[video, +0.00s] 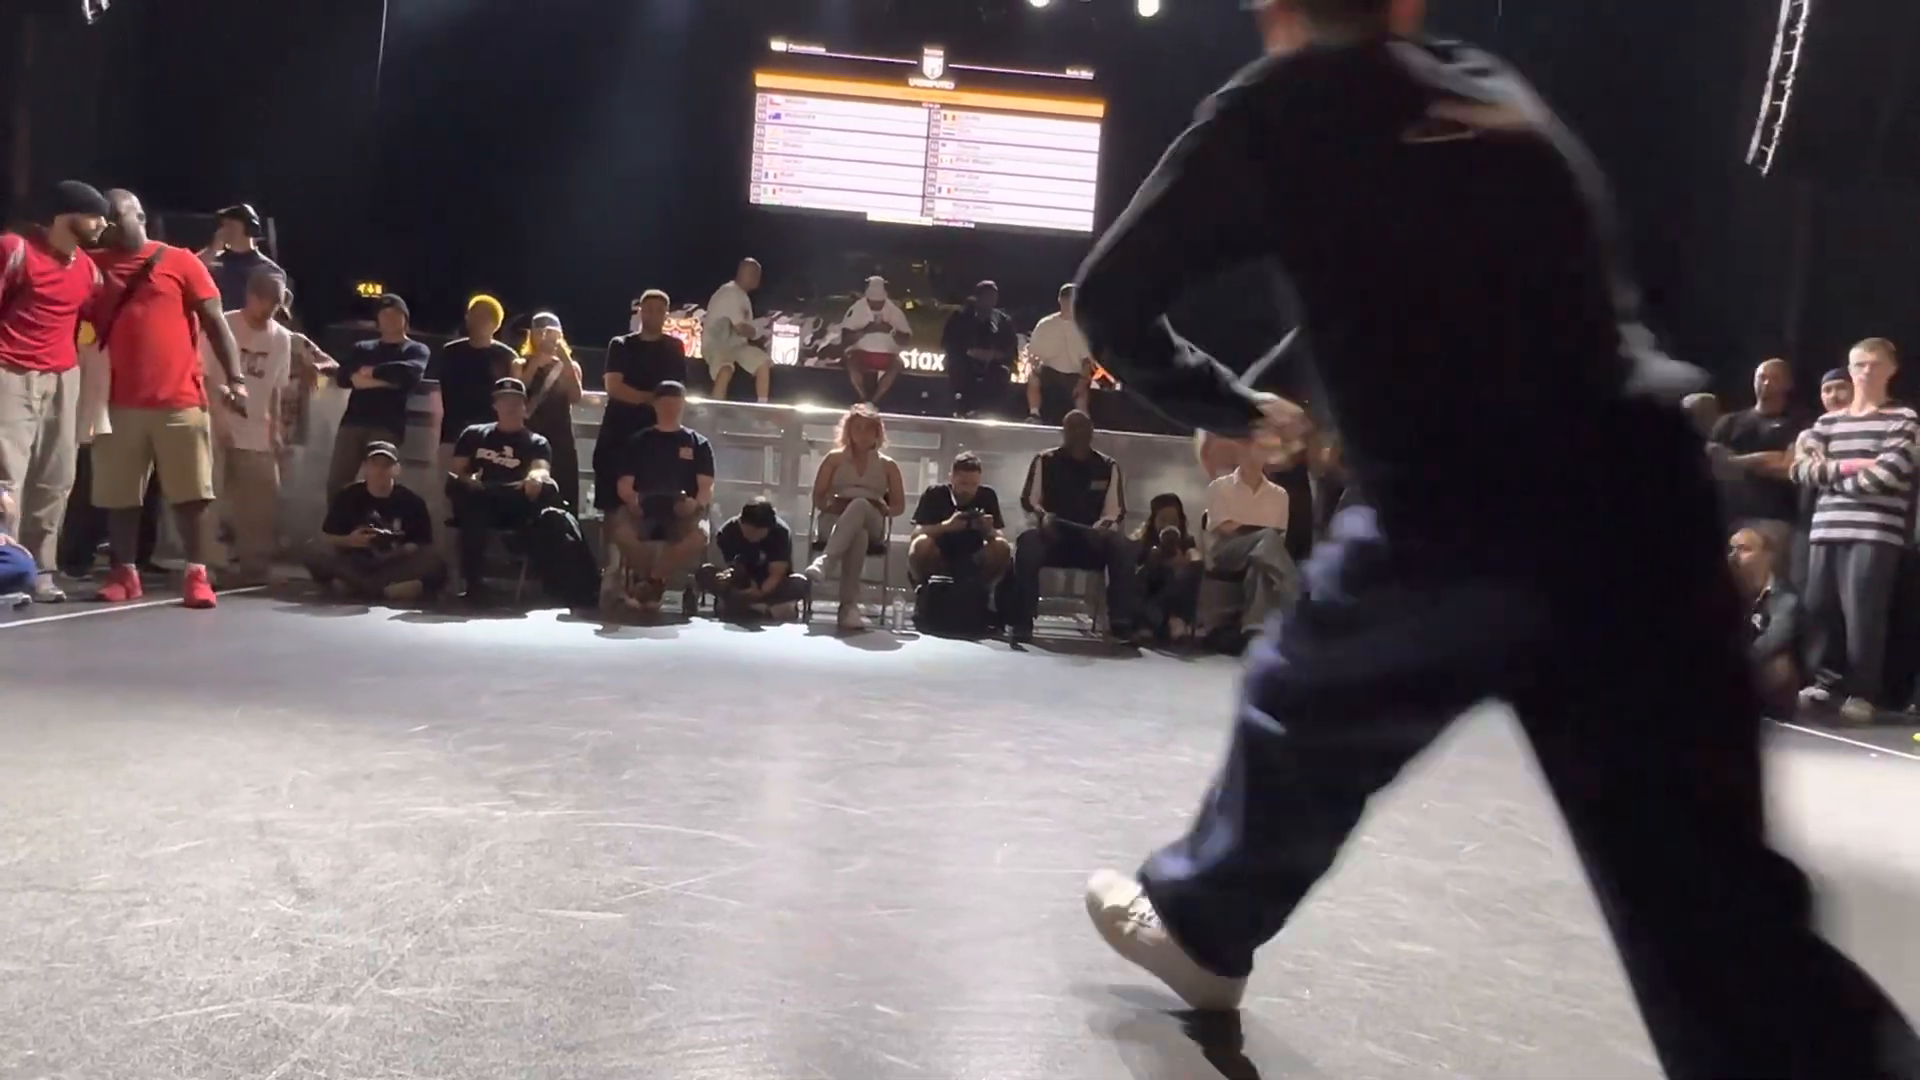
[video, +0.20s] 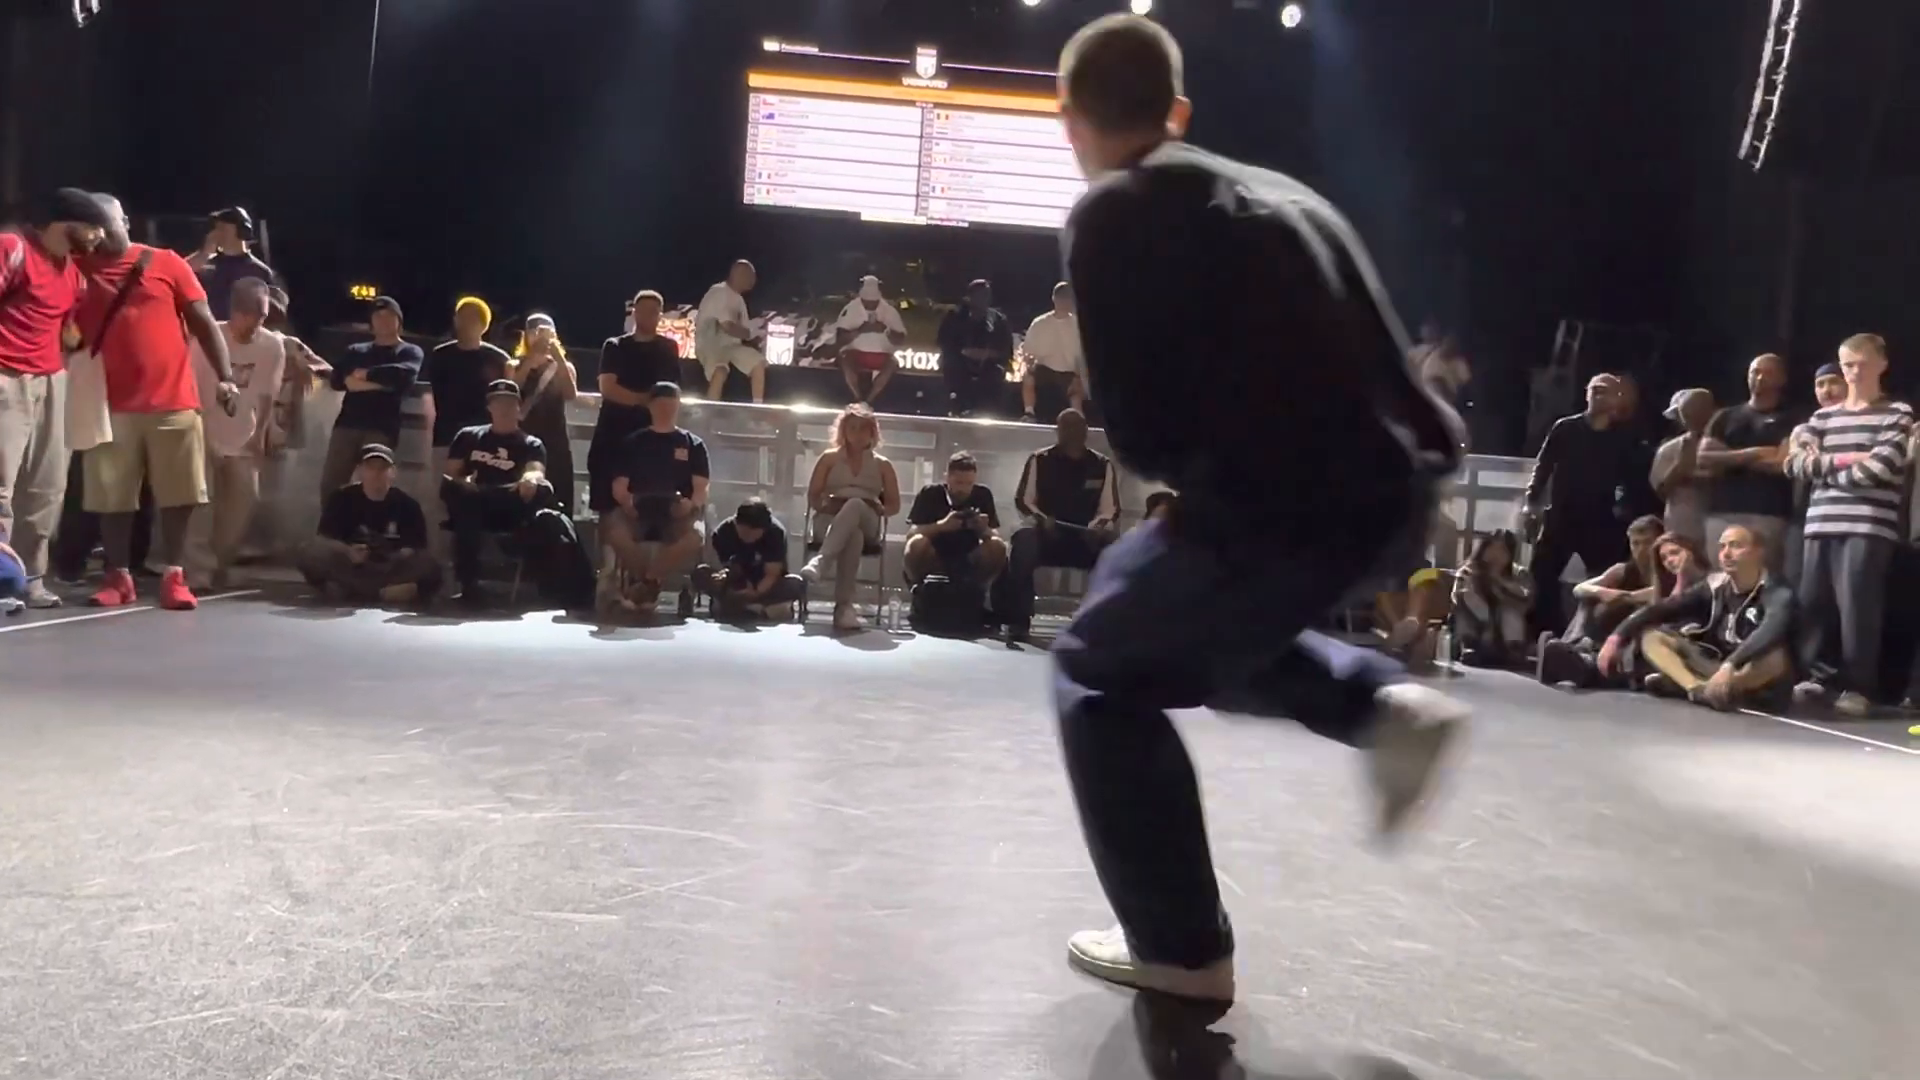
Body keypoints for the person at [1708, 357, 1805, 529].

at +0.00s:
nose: (1766, 384)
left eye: (1774, 378)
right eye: (1762, 377)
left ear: (1787, 384)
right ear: (1754, 382)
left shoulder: (1799, 425)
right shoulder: (1730, 422)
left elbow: (1793, 465)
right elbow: (1714, 464)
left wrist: (1735, 462)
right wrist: (1764, 460)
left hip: (1779, 519)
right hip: (1733, 517)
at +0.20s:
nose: (1759, 378)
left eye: (1766, 373)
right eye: (1755, 372)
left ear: (1781, 379)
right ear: (1748, 377)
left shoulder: (1792, 419)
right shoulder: (1726, 416)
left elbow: (1783, 462)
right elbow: (1703, 457)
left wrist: (1730, 457)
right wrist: (1757, 453)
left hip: (1768, 514)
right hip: (1722, 513)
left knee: (1764, 591)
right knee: (1722, 590)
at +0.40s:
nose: (1750, 374)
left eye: (1757, 370)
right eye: (1746, 369)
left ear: (1773, 375)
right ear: (1740, 373)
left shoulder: (1785, 415)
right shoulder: (1718, 413)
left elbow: (1778, 459)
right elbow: (1695, 453)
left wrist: (1723, 451)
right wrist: (1748, 450)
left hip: (1761, 509)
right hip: (1716, 508)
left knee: (1756, 586)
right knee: (1714, 584)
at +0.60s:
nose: (1750, 375)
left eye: (1758, 370)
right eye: (1747, 369)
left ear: (1772, 376)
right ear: (1740, 373)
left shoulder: (1785, 415)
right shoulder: (1720, 413)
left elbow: (1778, 460)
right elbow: (1695, 454)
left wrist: (1723, 452)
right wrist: (1748, 450)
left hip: (1762, 510)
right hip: (1717, 508)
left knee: (1758, 586)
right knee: (1717, 586)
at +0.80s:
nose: (1746, 361)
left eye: (1753, 356)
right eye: (1742, 355)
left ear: (1768, 360)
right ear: (1735, 359)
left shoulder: (1781, 401)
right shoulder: (1715, 398)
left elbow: (1774, 446)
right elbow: (1691, 440)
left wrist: (1720, 438)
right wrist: (1745, 435)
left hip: (1758, 494)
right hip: (1712, 493)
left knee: (1754, 572)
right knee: (1712, 572)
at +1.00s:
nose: (1746, 360)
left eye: (1753, 355)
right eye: (1742, 354)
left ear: (1768, 359)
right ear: (1736, 358)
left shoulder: (1781, 398)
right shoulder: (1715, 398)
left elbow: (1774, 445)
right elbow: (1692, 439)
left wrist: (1721, 439)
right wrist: (1745, 434)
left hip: (1759, 493)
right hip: (1714, 492)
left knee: (1754, 571)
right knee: (1714, 570)